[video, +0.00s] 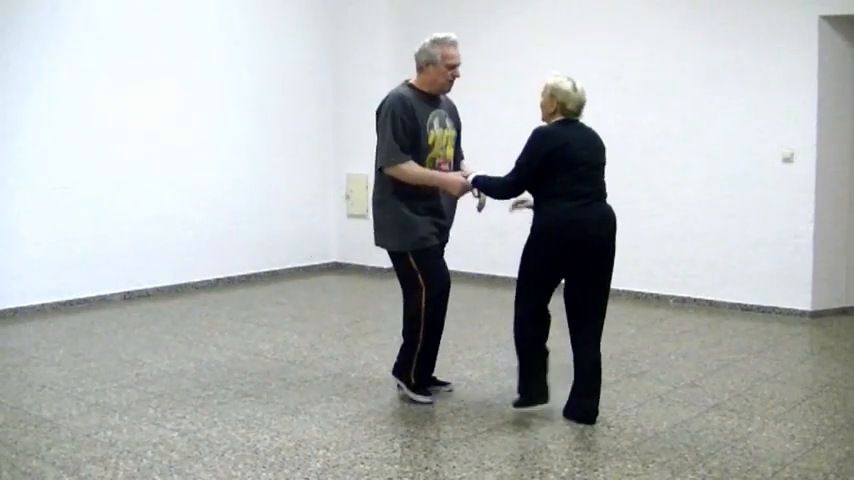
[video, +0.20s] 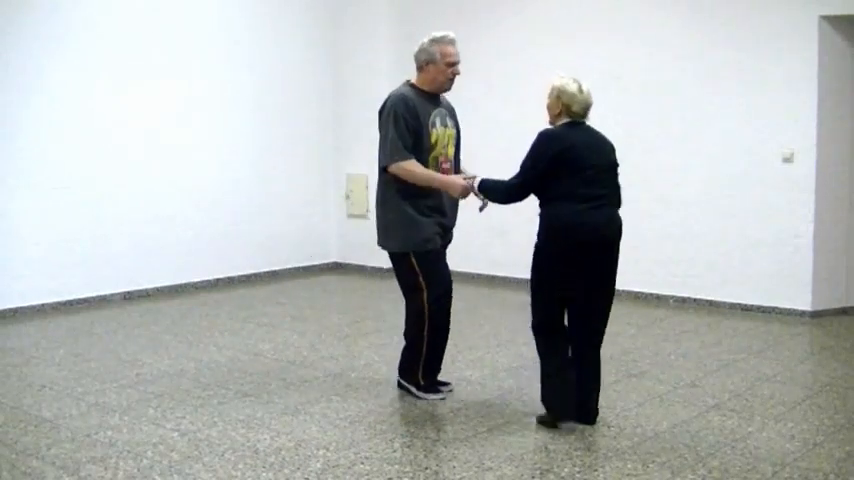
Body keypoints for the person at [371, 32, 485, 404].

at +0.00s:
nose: (456, 74)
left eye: (457, 67)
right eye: (451, 67)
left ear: (437, 68)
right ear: (426, 67)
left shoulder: (447, 107)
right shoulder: (397, 104)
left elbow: (453, 159)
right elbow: (393, 165)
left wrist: (467, 178)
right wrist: (444, 180)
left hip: (433, 221)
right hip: (401, 222)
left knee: (427, 292)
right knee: (433, 286)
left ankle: (419, 371)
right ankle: (410, 374)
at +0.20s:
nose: (456, 72)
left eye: (457, 65)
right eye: (450, 65)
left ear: (444, 66)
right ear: (425, 66)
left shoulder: (445, 108)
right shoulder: (399, 103)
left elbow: (447, 164)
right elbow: (395, 163)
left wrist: (465, 179)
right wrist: (445, 182)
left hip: (434, 223)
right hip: (405, 224)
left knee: (431, 297)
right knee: (432, 294)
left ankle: (420, 374)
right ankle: (414, 376)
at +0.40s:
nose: (456, 73)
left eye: (456, 66)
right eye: (451, 65)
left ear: (433, 68)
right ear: (427, 66)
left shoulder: (434, 106)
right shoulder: (400, 102)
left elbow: (432, 160)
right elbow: (401, 159)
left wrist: (464, 169)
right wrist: (456, 167)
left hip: (426, 224)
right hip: (405, 226)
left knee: (430, 295)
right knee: (438, 288)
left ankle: (418, 372)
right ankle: (415, 375)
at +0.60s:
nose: (454, 73)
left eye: (455, 66)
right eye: (450, 66)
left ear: (431, 66)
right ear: (427, 65)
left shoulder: (420, 99)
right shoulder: (404, 95)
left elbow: (416, 151)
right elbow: (393, 144)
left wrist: (445, 167)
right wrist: (441, 161)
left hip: (413, 218)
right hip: (402, 220)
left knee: (428, 289)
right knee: (433, 287)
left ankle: (406, 364)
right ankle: (411, 370)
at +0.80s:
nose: (451, 79)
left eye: (451, 72)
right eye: (447, 71)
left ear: (420, 71)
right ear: (426, 69)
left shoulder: (390, 96)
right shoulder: (412, 99)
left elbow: (352, 148)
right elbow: (405, 154)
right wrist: (441, 192)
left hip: (387, 223)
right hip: (397, 225)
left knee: (412, 301)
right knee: (403, 304)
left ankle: (414, 372)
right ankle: (385, 380)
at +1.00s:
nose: (438, 81)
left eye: (439, 74)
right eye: (436, 73)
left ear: (404, 69)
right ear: (417, 69)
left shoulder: (367, 96)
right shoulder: (412, 101)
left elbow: (327, 146)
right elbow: (442, 154)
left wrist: (325, 187)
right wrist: (496, 170)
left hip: (357, 219)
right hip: (389, 223)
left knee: (384, 298)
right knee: (394, 302)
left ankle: (399, 365)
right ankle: (383, 381)